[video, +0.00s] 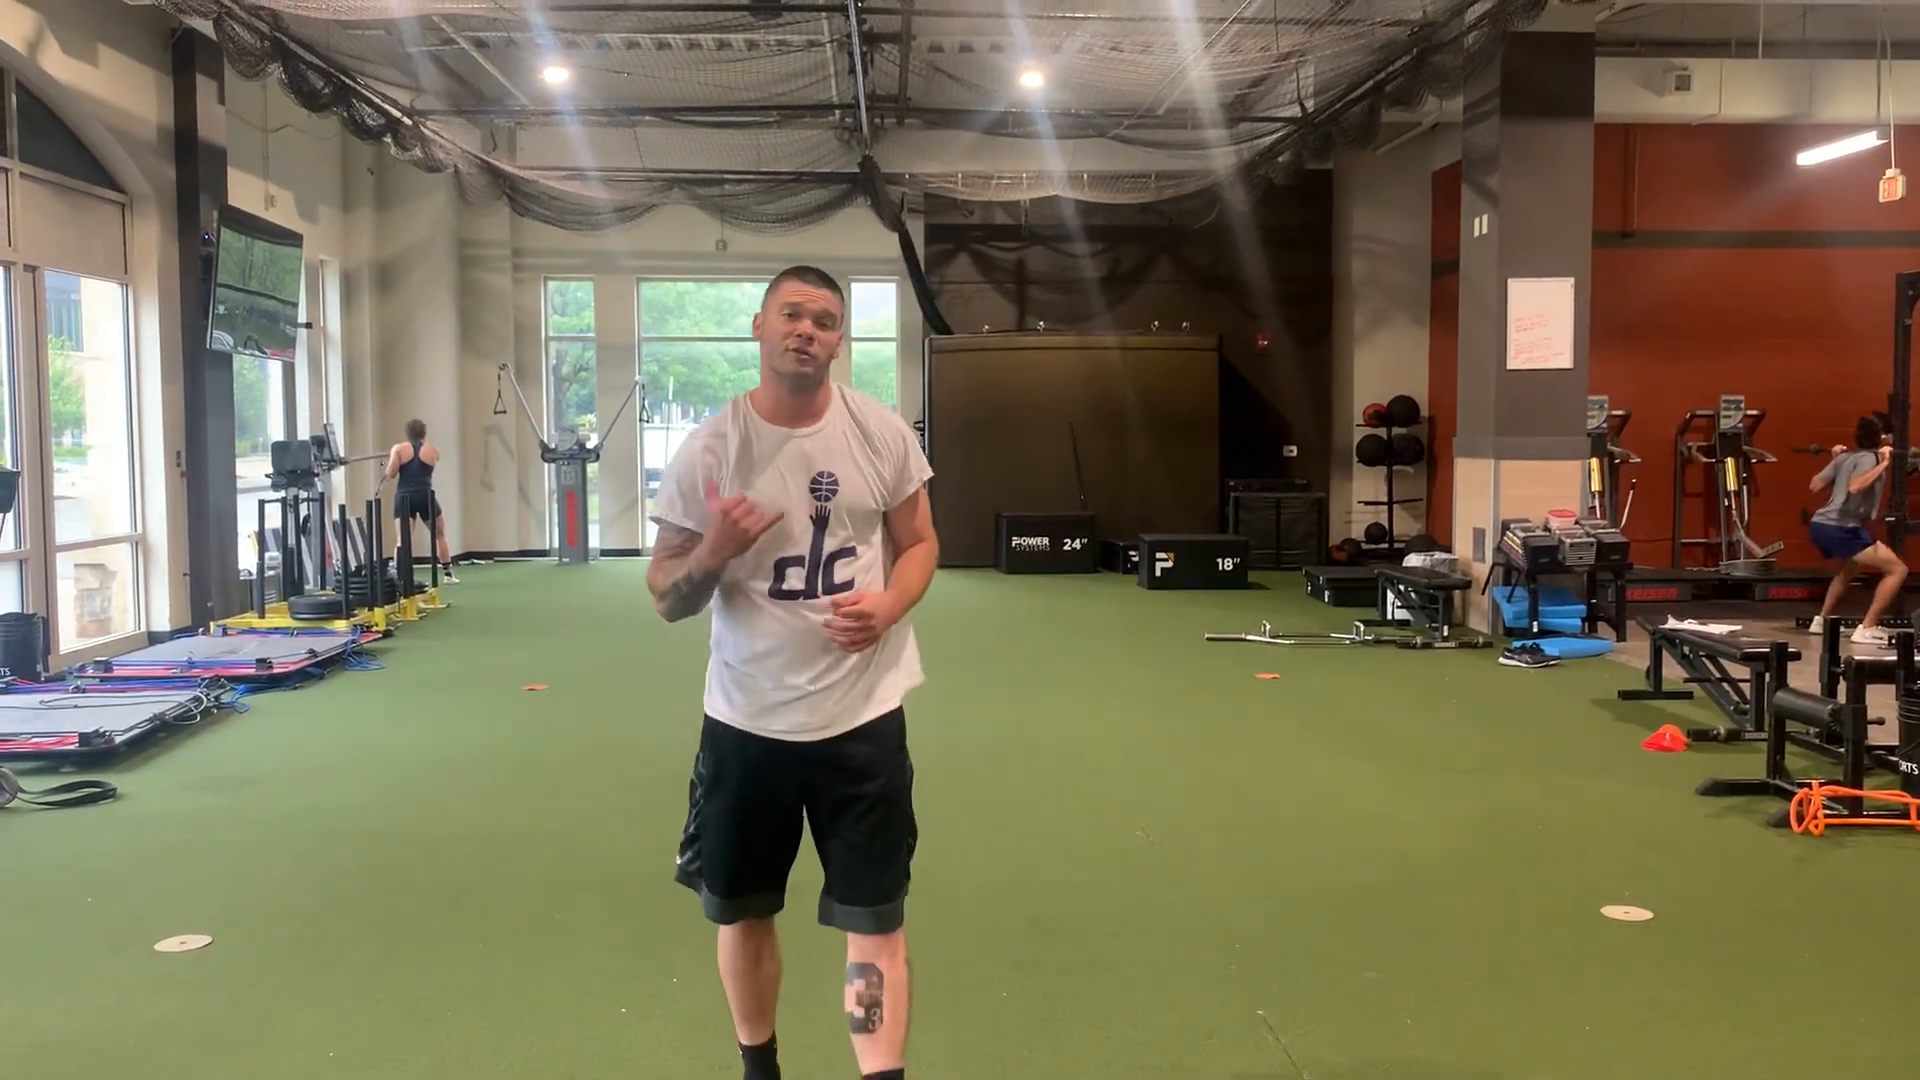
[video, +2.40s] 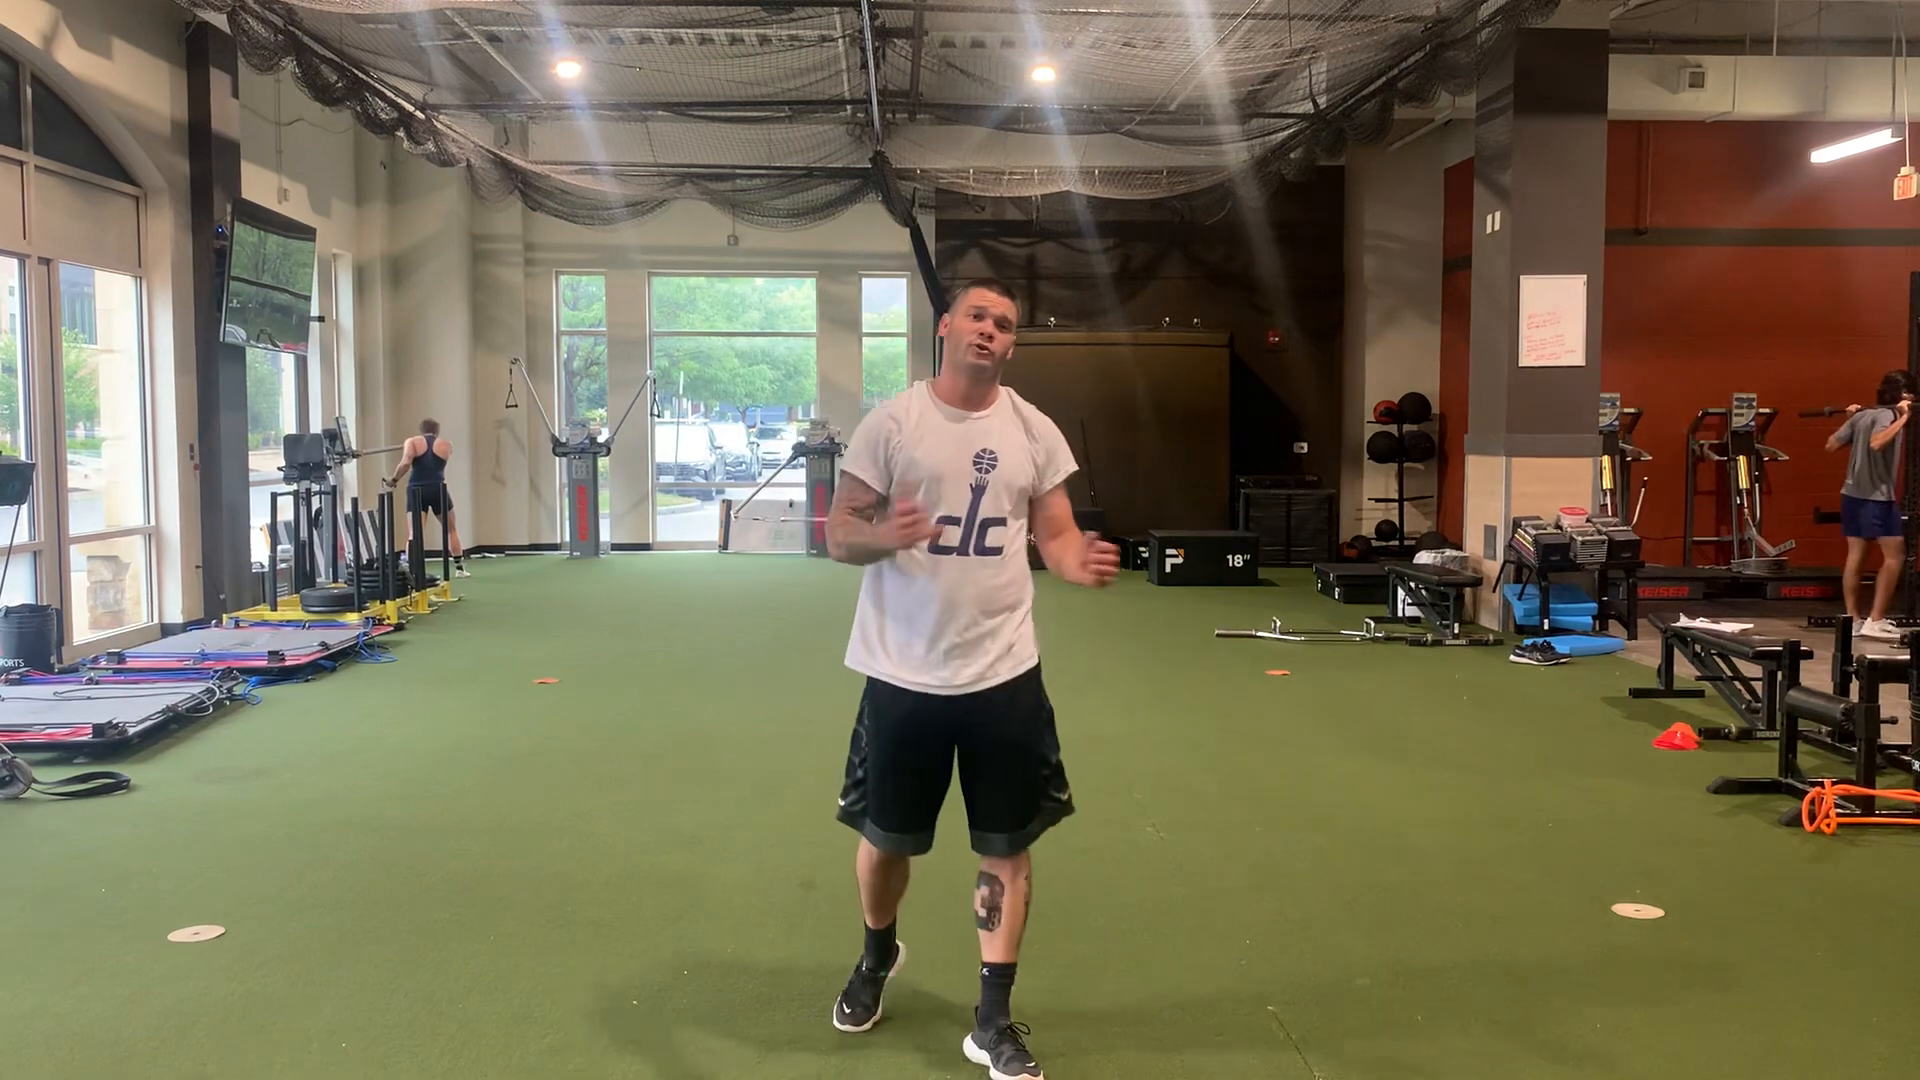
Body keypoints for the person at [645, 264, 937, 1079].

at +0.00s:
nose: (807, 328)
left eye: (825, 320)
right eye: (792, 313)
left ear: (843, 344)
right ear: (758, 328)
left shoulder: (884, 434)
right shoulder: (709, 448)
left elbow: (919, 543)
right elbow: (667, 598)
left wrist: (890, 605)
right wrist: (713, 551)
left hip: (864, 713)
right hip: (750, 717)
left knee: (875, 914)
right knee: (743, 908)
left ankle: (883, 1079)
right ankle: (759, 1070)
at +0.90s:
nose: (911, 342)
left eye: (927, 336)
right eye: (900, 326)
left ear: (939, 358)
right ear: (868, 335)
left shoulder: (957, 449)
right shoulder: (802, 430)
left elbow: (979, 566)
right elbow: (748, 536)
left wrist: (998, 678)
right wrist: (820, 553)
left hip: (900, 684)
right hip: (799, 676)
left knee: (893, 857)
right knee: (783, 851)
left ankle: (877, 1024)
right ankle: (809, 980)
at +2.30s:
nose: (976, 333)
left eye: (990, 327)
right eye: (965, 317)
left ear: (1000, 351)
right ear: (932, 327)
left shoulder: (1020, 434)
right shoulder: (874, 425)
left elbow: (1040, 532)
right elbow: (836, 543)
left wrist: (1047, 559)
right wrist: (830, 539)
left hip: (990, 674)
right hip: (890, 674)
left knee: (998, 847)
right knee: (881, 835)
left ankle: (991, 1020)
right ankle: (878, 960)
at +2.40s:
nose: (990, 332)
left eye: (1004, 325)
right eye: (978, 316)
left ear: (1013, 347)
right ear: (942, 326)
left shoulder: (1033, 432)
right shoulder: (888, 424)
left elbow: (1057, 536)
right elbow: (839, 537)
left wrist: (1076, 558)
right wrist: (885, 535)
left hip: (1002, 676)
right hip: (900, 675)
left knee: (1005, 847)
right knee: (885, 840)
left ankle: (992, 1020)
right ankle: (877, 954)